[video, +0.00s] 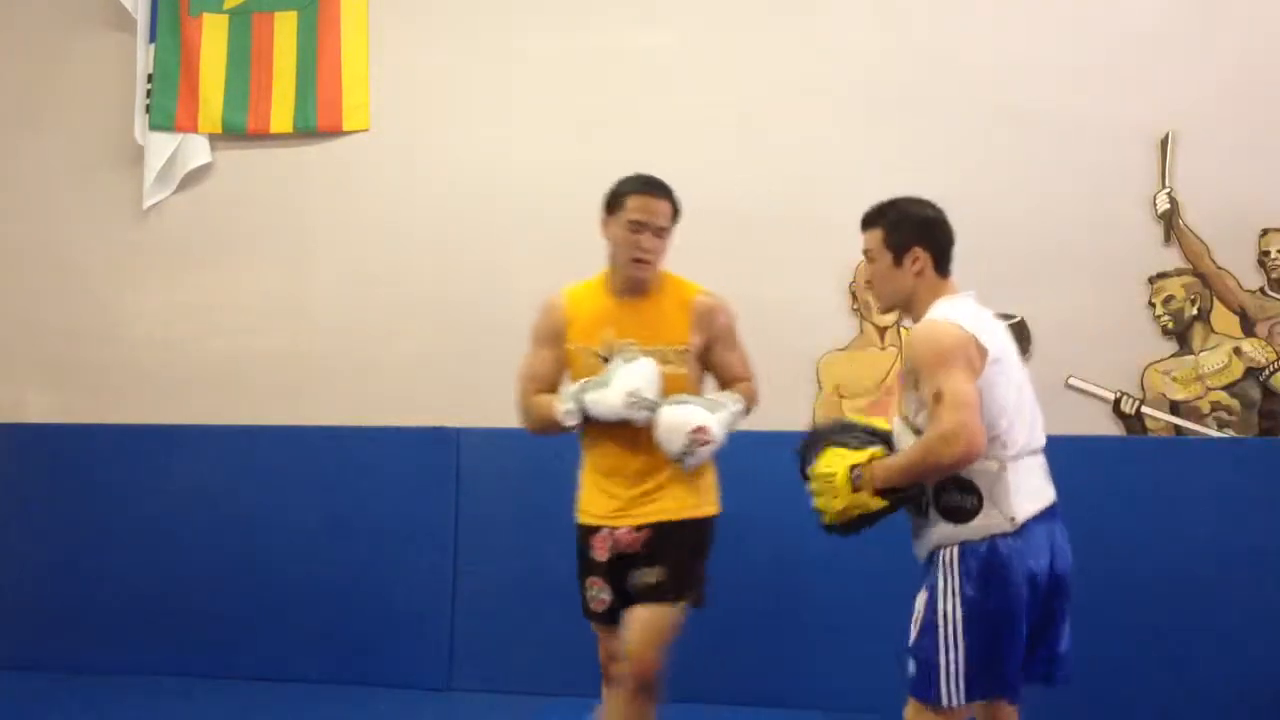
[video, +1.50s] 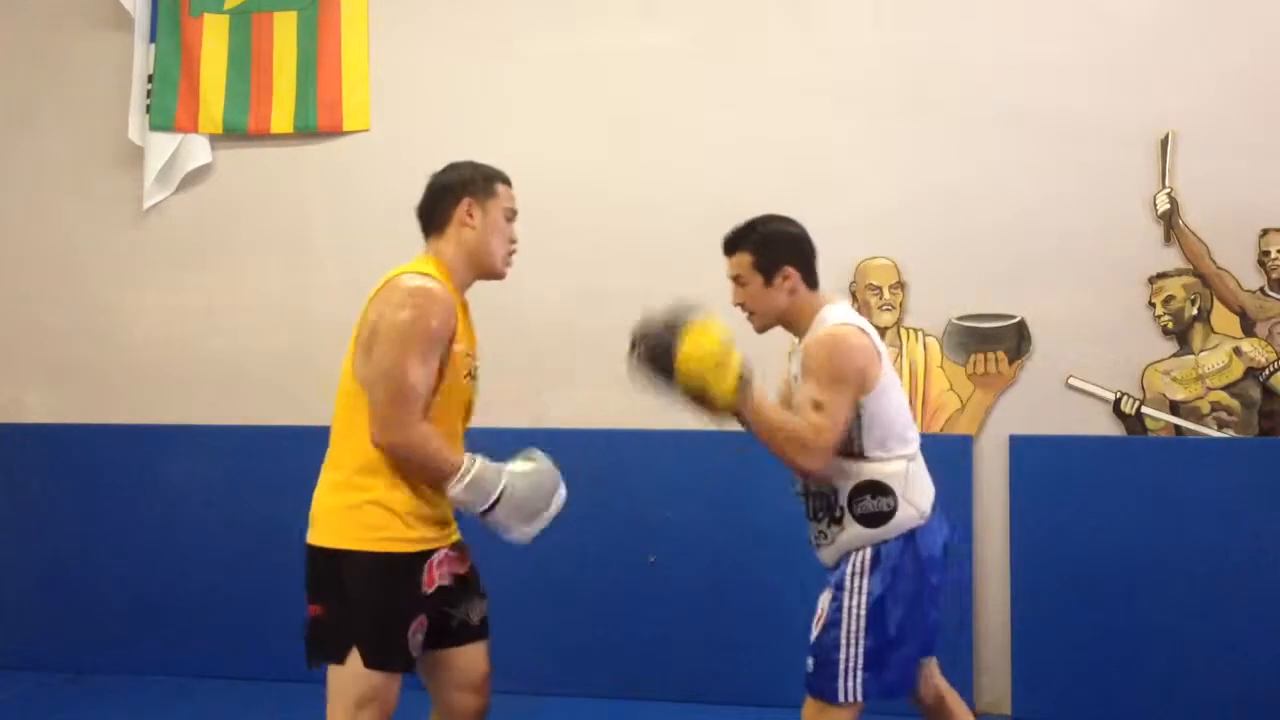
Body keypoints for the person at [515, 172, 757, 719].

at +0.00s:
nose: (647, 242)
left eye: (660, 232)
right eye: (636, 227)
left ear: (671, 238)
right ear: (606, 227)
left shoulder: (703, 312)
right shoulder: (565, 311)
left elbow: (743, 387)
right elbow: (532, 408)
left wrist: (713, 421)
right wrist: (580, 404)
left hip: (679, 505)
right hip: (602, 507)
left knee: (637, 667)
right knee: (616, 669)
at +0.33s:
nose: (635, 226)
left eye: (646, 219)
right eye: (627, 209)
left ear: (647, 230)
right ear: (584, 202)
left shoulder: (650, 311)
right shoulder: (510, 283)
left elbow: (672, 428)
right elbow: (468, 380)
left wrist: (621, 397)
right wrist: (500, 371)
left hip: (597, 519)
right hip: (509, 504)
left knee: (577, 689)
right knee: (446, 662)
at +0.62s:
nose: (575, 230)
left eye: (579, 219)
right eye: (566, 212)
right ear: (516, 207)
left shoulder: (579, 322)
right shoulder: (425, 300)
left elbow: (603, 439)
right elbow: (381, 399)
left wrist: (577, 424)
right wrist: (440, 409)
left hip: (536, 533)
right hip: (436, 528)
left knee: (546, 697)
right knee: (400, 700)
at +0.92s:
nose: (515, 202)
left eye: (518, 189)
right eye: (507, 184)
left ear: (469, 182)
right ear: (460, 176)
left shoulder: (485, 284)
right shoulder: (384, 257)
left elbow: (481, 404)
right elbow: (385, 367)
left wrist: (537, 365)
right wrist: (487, 334)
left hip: (460, 504)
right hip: (379, 508)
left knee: (497, 676)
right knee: (367, 692)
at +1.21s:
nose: (488, 246)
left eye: (490, 230)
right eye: (483, 226)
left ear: (441, 221)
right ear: (441, 217)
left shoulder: (422, 306)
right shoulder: (384, 297)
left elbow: (482, 418)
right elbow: (500, 379)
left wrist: (562, 348)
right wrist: (569, 318)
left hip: (407, 542)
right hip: (345, 553)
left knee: (493, 676)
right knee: (364, 711)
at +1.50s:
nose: (516, 236)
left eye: (516, 220)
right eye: (508, 217)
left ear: (468, 218)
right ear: (467, 215)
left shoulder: (447, 303)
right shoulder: (418, 300)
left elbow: (427, 431)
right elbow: (398, 430)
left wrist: (490, 494)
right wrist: (491, 486)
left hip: (427, 533)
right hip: (369, 538)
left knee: (465, 693)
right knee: (362, 704)